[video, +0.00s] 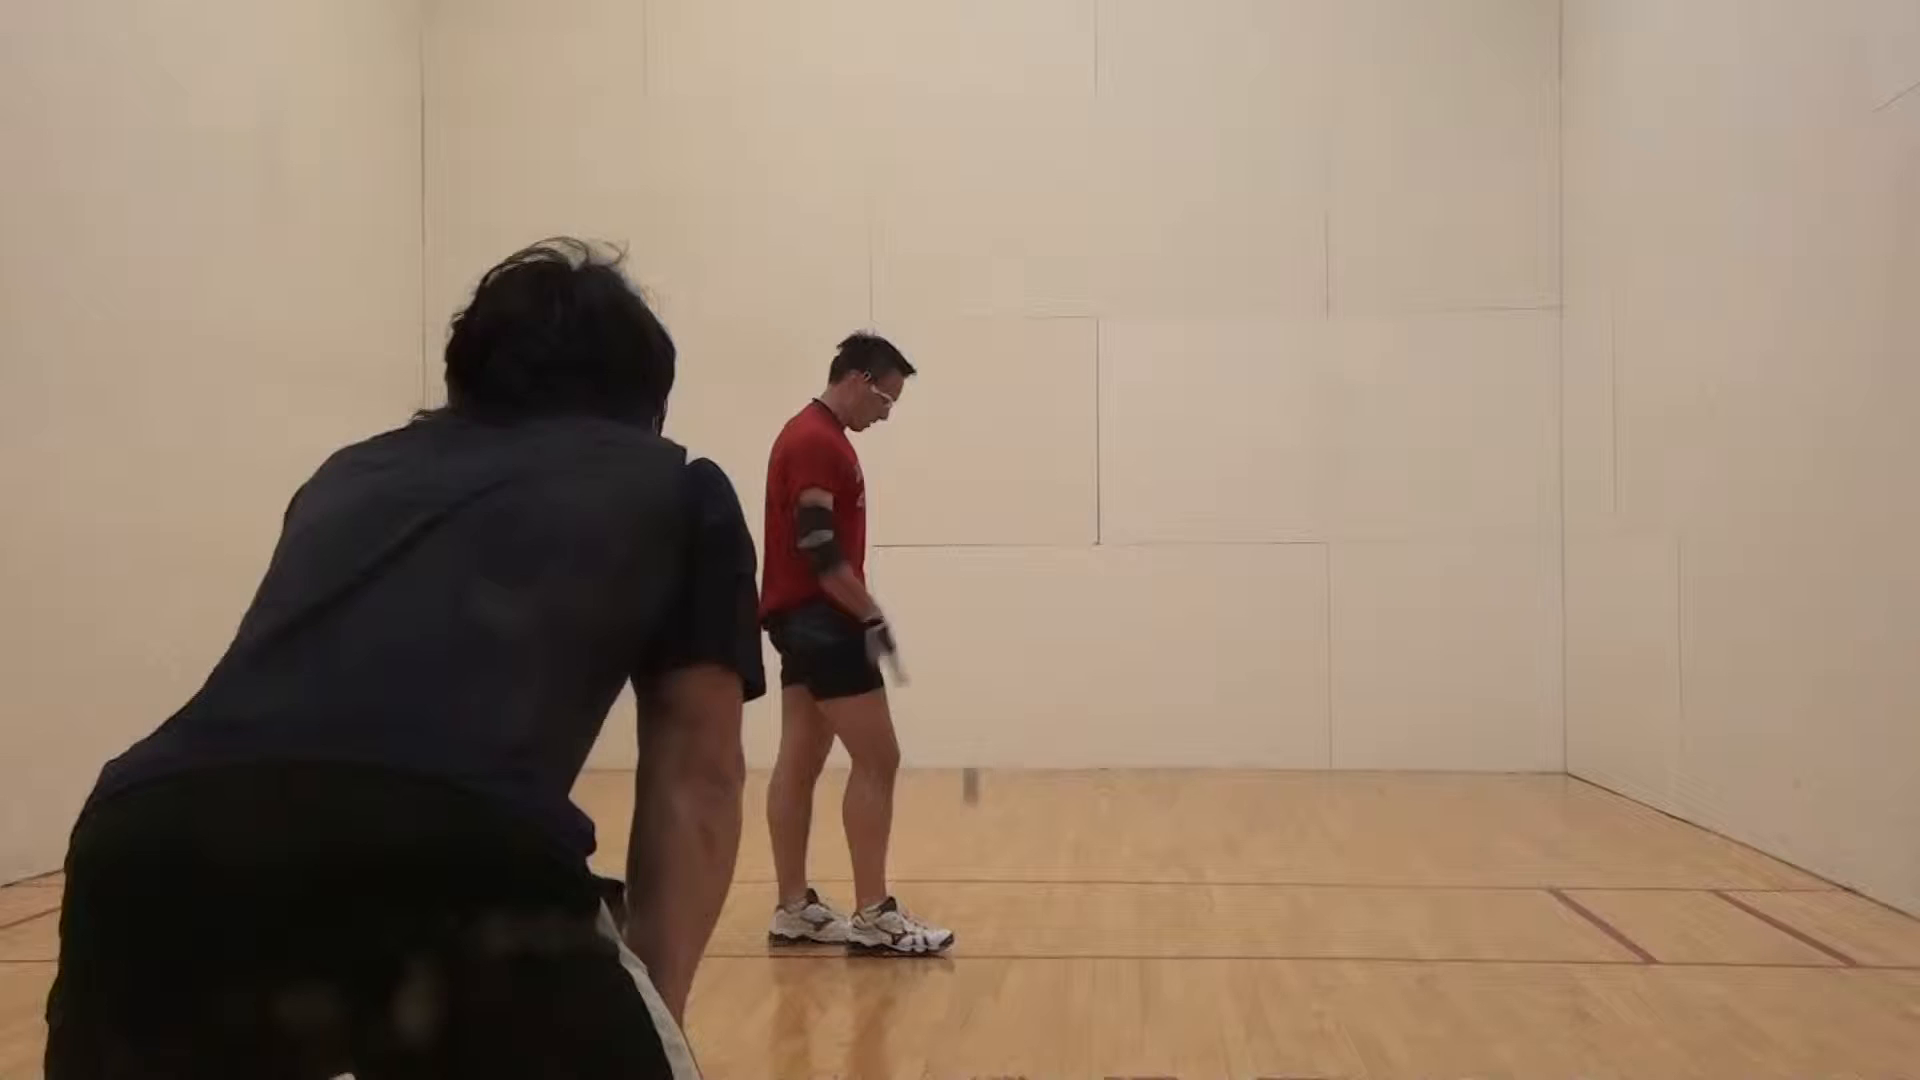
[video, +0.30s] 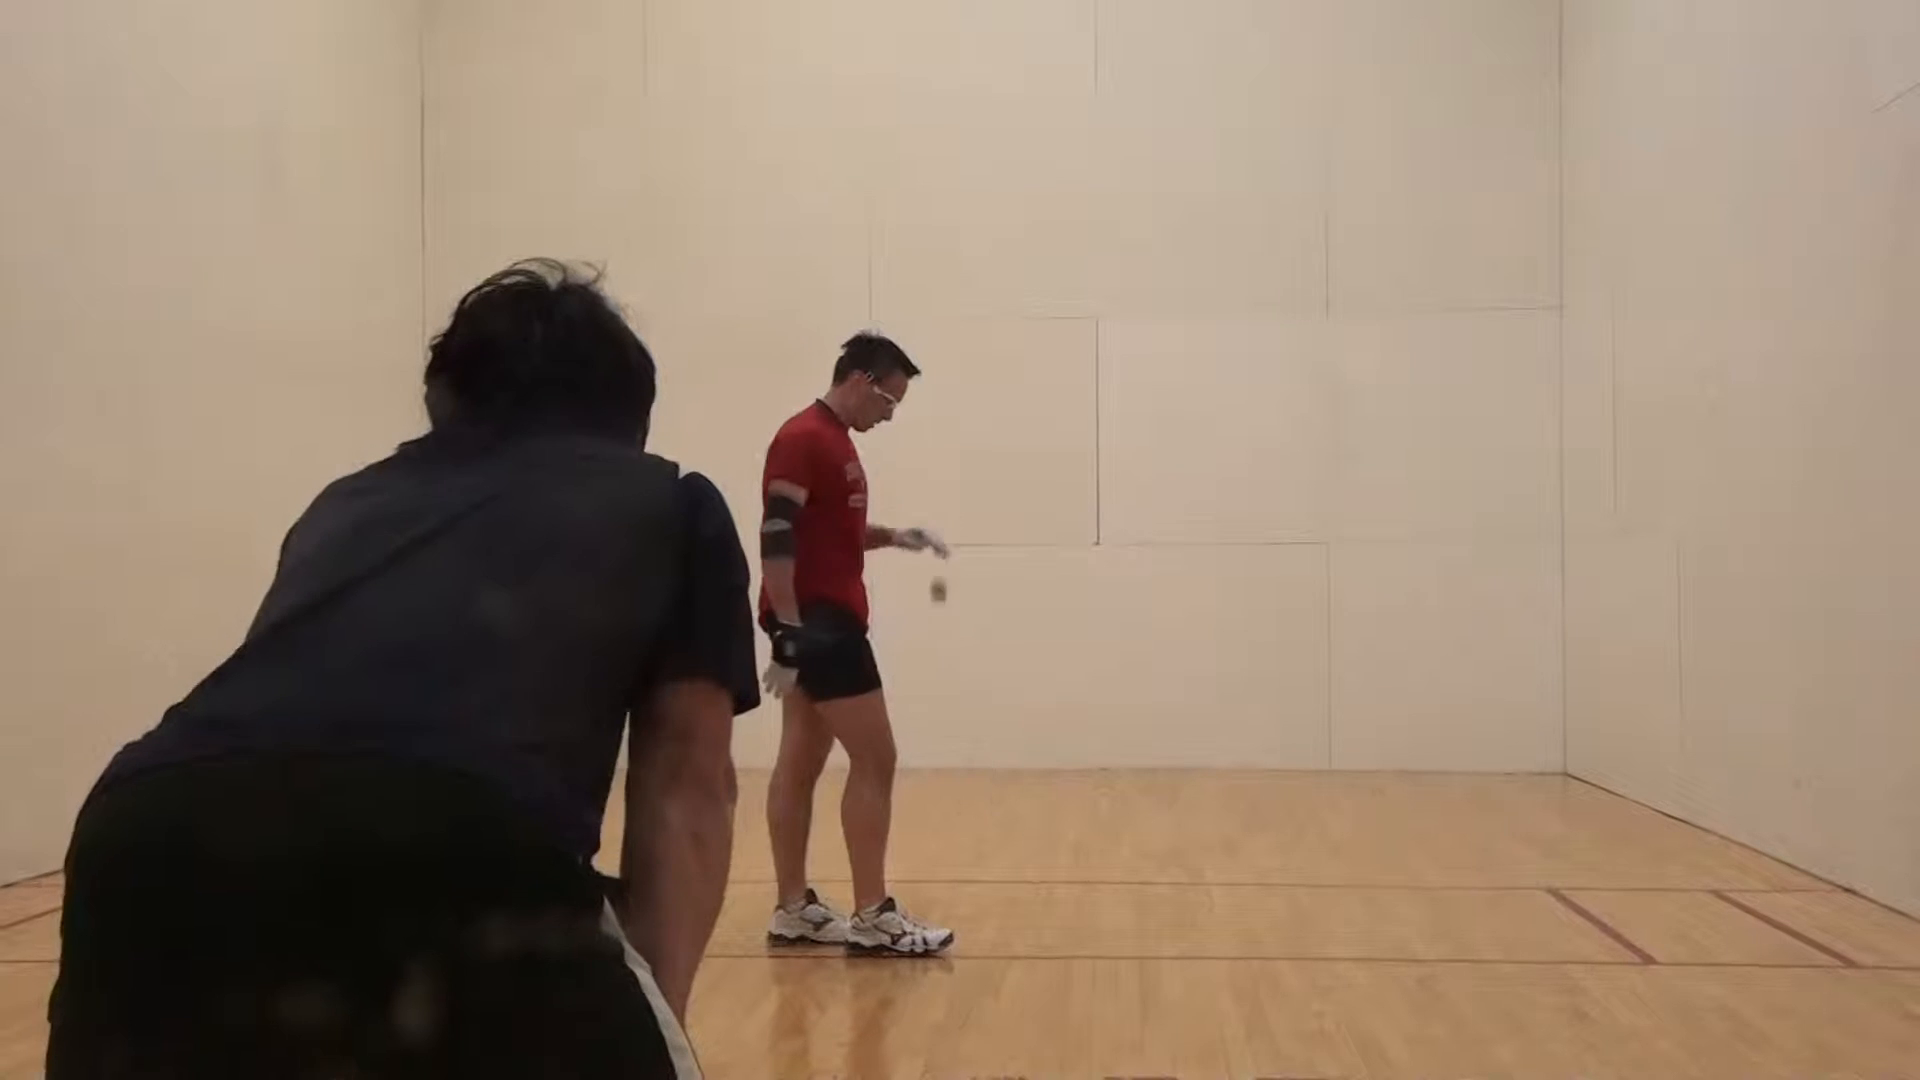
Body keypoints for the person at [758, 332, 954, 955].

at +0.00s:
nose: (887, 411)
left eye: (892, 400)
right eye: (885, 396)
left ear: (850, 383)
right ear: (853, 379)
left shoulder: (808, 435)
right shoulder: (818, 441)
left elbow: (808, 546)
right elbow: (818, 547)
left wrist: (853, 608)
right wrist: (872, 615)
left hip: (802, 616)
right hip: (821, 618)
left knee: (799, 760)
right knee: (876, 759)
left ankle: (793, 906)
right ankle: (873, 911)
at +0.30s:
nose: (891, 411)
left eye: (896, 400)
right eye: (889, 396)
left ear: (861, 385)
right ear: (856, 380)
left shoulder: (835, 440)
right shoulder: (805, 437)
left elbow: (835, 533)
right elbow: (776, 538)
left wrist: (897, 537)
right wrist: (789, 632)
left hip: (816, 621)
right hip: (825, 625)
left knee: (798, 765)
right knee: (874, 760)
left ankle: (793, 907)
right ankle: (872, 913)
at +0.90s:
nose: (885, 410)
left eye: (890, 400)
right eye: (883, 396)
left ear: (856, 383)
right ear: (851, 378)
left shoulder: (838, 440)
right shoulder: (796, 436)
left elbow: (821, 531)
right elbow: (774, 529)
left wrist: (856, 592)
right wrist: (852, 581)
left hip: (825, 615)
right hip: (809, 617)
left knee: (800, 761)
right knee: (868, 757)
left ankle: (793, 906)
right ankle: (871, 912)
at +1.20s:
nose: (881, 412)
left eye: (887, 401)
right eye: (880, 398)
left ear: (848, 384)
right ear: (849, 380)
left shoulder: (816, 438)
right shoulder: (804, 440)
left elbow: (825, 529)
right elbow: (810, 533)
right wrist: (890, 507)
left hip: (805, 617)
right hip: (817, 619)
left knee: (796, 761)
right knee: (871, 758)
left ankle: (793, 908)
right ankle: (872, 912)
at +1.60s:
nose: (881, 411)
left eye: (886, 399)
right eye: (880, 396)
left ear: (845, 382)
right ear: (850, 379)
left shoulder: (812, 437)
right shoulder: (807, 440)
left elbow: (812, 545)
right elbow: (801, 545)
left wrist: (858, 601)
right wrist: (867, 597)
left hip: (804, 616)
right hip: (813, 618)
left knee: (797, 759)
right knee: (871, 757)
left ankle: (793, 907)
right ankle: (872, 912)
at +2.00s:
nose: (882, 410)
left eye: (887, 400)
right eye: (879, 396)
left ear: (852, 386)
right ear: (846, 379)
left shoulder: (833, 442)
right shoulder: (794, 438)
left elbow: (841, 529)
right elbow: (763, 534)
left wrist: (899, 513)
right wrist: (787, 626)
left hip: (819, 622)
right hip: (820, 625)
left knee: (799, 763)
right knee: (870, 757)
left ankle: (793, 907)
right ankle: (871, 912)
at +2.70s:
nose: (866, 411)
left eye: (871, 400)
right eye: (862, 397)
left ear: (838, 386)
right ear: (829, 379)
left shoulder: (817, 440)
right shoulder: (783, 436)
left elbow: (805, 536)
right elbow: (769, 532)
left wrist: (855, 573)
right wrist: (857, 567)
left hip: (806, 616)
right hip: (798, 618)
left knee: (783, 761)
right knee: (854, 757)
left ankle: (771, 906)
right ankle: (849, 912)